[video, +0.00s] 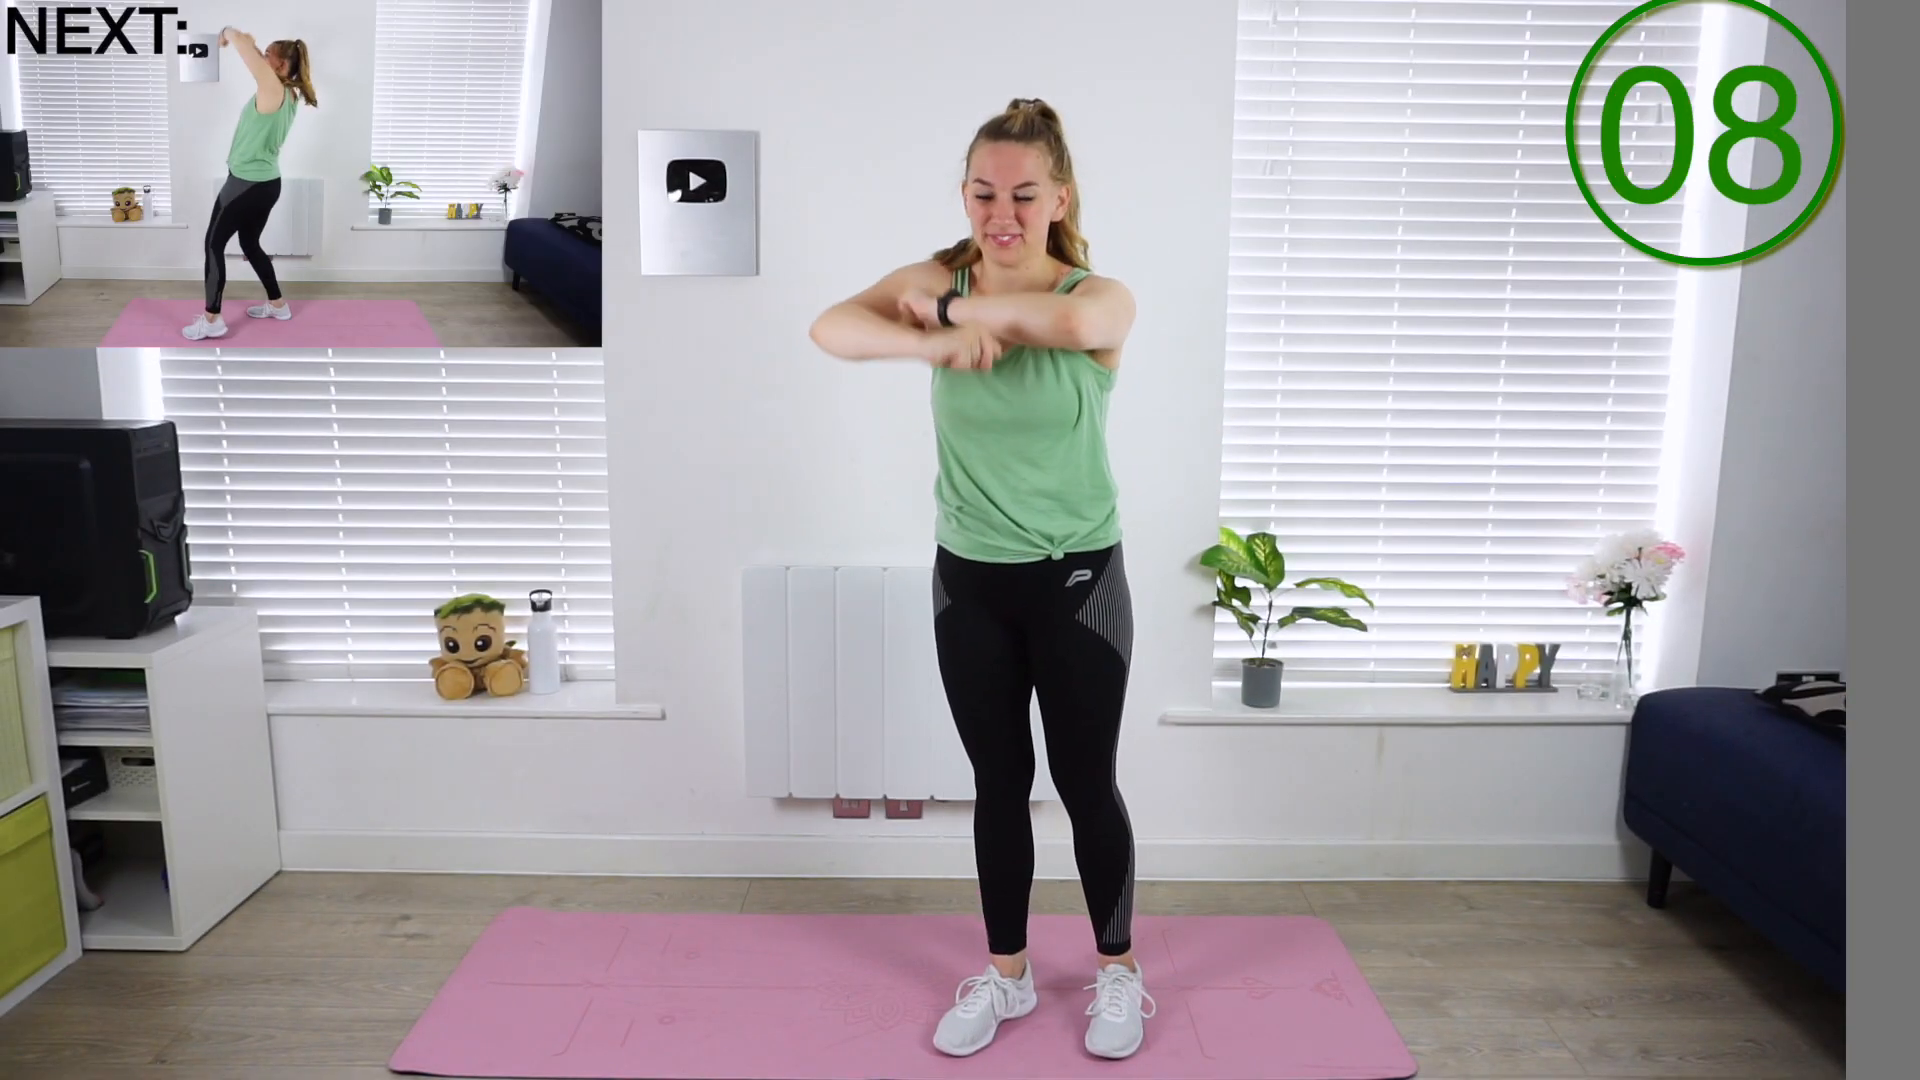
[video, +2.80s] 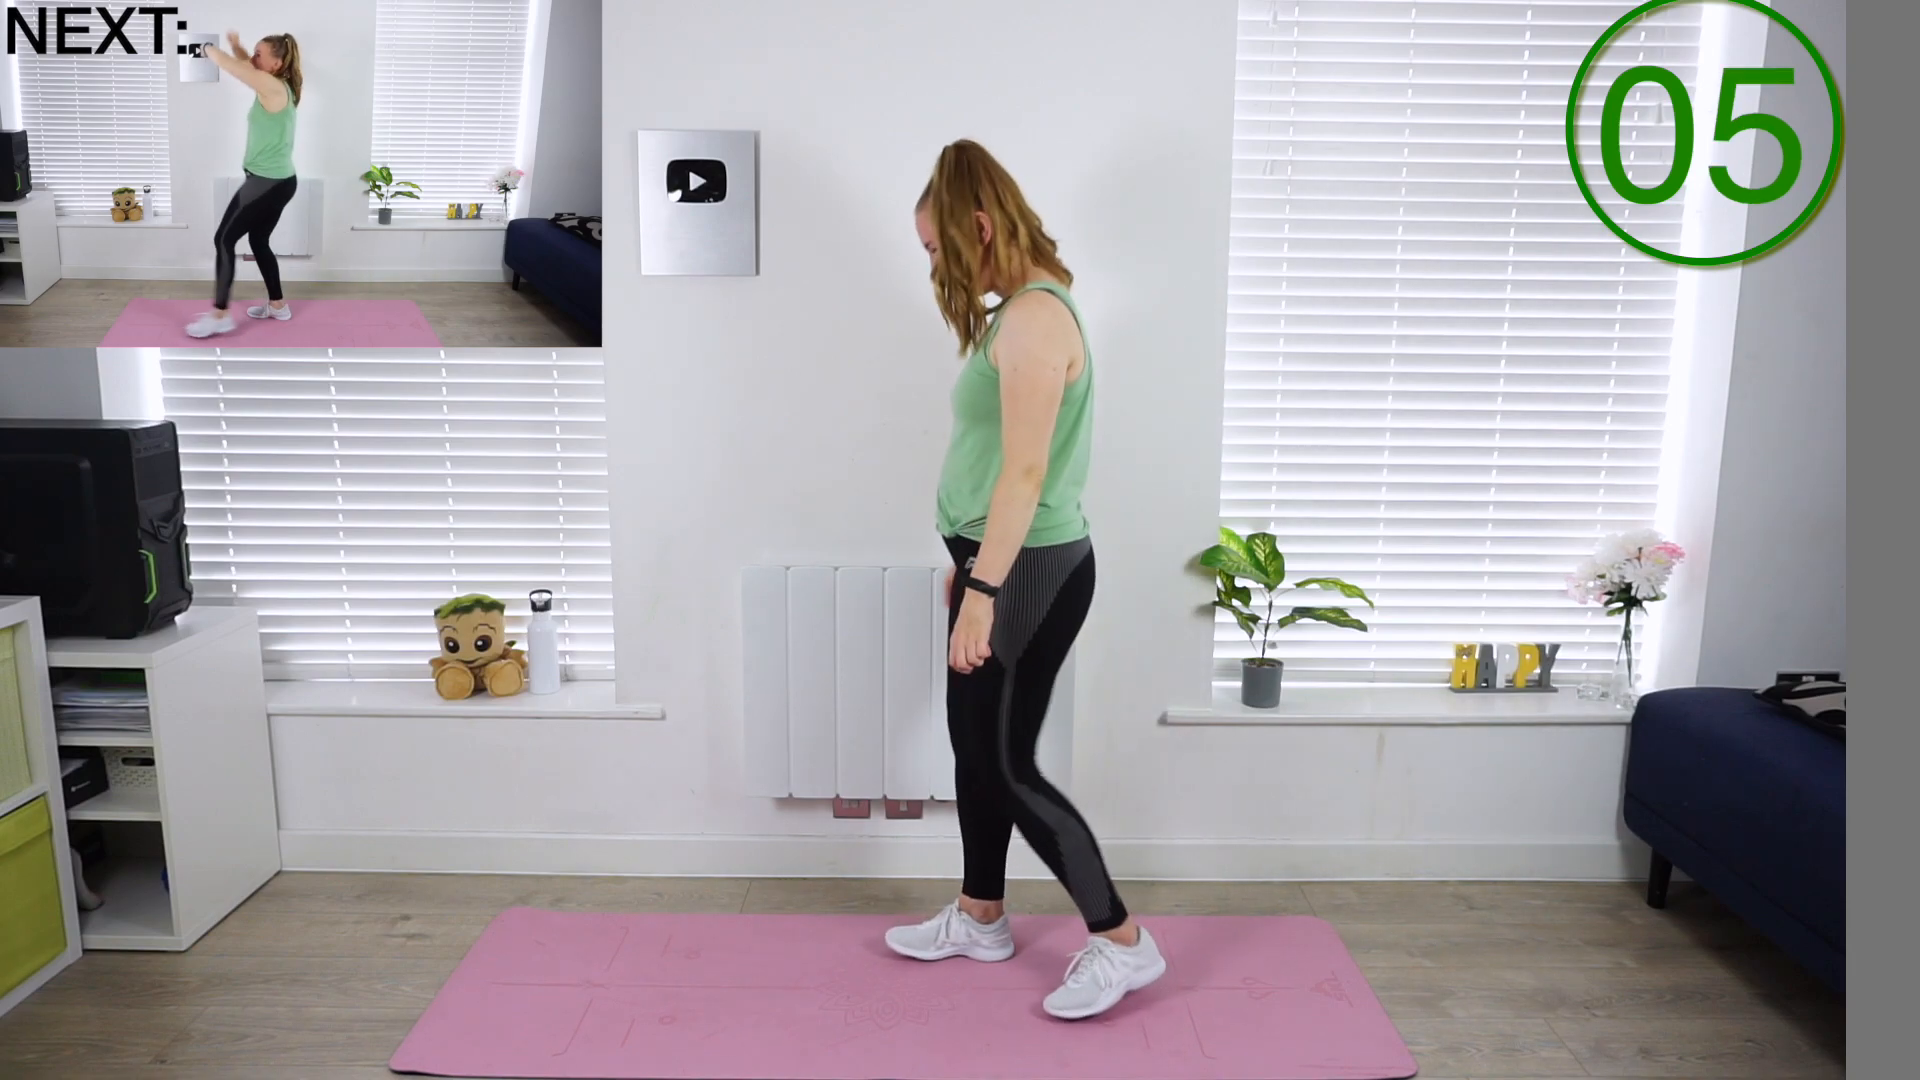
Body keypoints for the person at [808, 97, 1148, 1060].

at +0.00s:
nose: (1001, 215)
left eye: (1023, 195)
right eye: (984, 193)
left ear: (1062, 201)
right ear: (965, 196)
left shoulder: (1098, 293)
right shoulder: (940, 276)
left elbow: (1079, 328)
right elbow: (831, 328)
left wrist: (959, 307)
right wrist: (932, 345)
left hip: (1078, 577)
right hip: (969, 575)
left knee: (1087, 783)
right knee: (999, 783)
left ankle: (1116, 969)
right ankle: (1007, 972)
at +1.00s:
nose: (982, 207)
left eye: (1004, 190)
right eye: (972, 190)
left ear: (1056, 203)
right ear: (961, 199)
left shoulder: (1092, 308)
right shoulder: (941, 295)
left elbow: (1081, 403)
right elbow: (830, 361)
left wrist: (933, 401)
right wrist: (948, 331)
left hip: (1079, 576)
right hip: (976, 573)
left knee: (1069, 789)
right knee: (1001, 782)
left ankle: (1127, 959)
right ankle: (1006, 970)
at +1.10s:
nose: (978, 211)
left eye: (999, 195)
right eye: (972, 193)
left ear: (1059, 204)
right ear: (967, 198)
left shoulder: (1100, 311)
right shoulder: (959, 303)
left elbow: (1098, 444)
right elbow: (853, 394)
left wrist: (960, 478)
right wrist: (884, 374)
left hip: (1082, 576)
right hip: (985, 573)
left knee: (1067, 789)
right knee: (1005, 782)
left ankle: (1138, 953)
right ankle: (1007, 970)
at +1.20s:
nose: (981, 227)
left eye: (996, 210)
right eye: (977, 210)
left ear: (1061, 207)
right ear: (999, 214)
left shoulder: (1116, 317)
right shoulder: (985, 310)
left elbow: (1112, 469)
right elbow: (914, 412)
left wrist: (996, 548)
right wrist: (871, 448)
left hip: (1088, 585)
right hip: (998, 578)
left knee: (1072, 793)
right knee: (1012, 786)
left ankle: (1144, 963)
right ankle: (1007, 971)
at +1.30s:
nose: (991, 238)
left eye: (1001, 218)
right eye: (987, 220)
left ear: (1062, 209)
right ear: (1040, 215)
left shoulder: (1131, 321)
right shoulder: (1017, 308)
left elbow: (1105, 487)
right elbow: (969, 435)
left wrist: (1030, 603)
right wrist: (920, 526)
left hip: (1100, 583)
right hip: (1010, 571)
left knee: (1082, 782)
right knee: (1020, 779)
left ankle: (1144, 966)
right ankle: (1007, 970)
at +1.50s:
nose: (1009, 253)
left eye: (1015, 234)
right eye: (1004, 236)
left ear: (1069, 220)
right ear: (1066, 223)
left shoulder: (1148, 328)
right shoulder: (1072, 307)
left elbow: (1136, 497)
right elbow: (1069, 459)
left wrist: (1106, 629)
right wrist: (1045, 568)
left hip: (1129, 577)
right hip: (1052, 569)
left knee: (1115, 777)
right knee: (1037, 777)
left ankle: (1146, 964)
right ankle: (1006, 962)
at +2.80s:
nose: (935, 264)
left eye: (936, 247)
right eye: (930, 249)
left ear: (975, 230)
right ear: (992, 225)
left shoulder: (1033, 318)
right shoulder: (1023, 310)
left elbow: (1026, 472)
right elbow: (1012, 463)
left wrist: (983, 590)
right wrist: (968, 561)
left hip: (1032, 563)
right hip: (1003, 556)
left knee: (1008, 764)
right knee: (975, 744)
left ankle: (1123, 940)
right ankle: (980, 917)